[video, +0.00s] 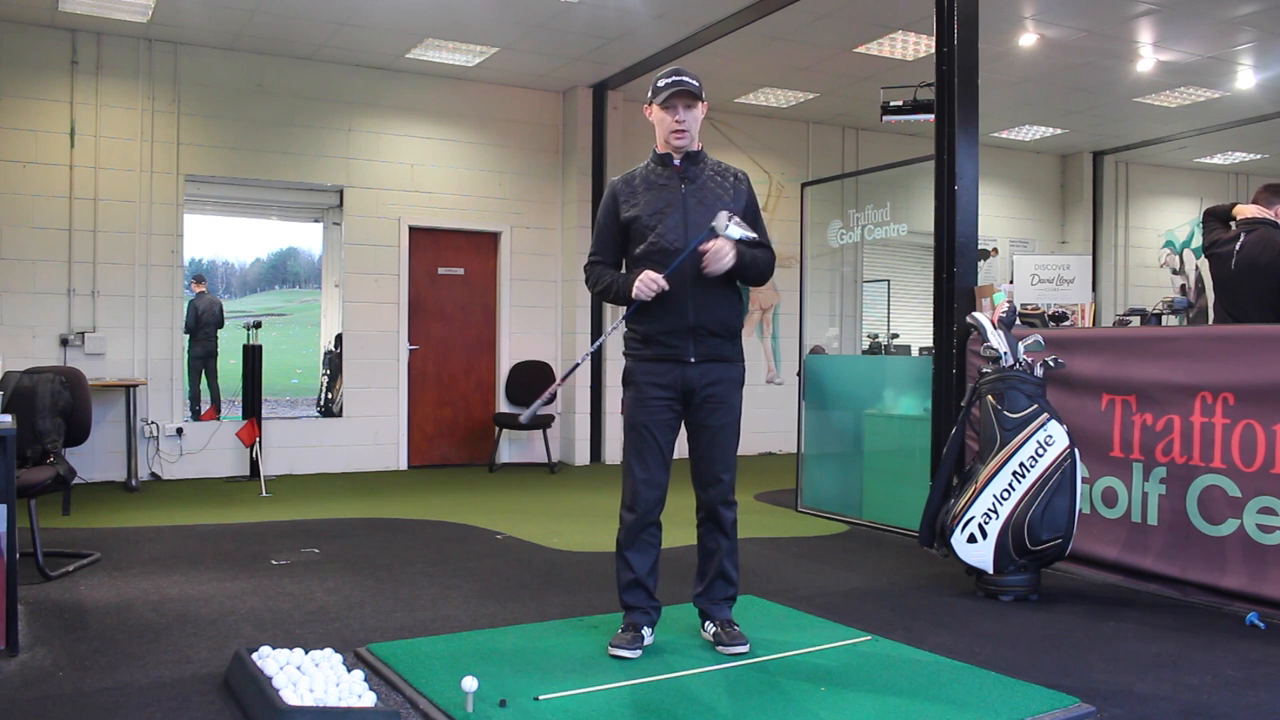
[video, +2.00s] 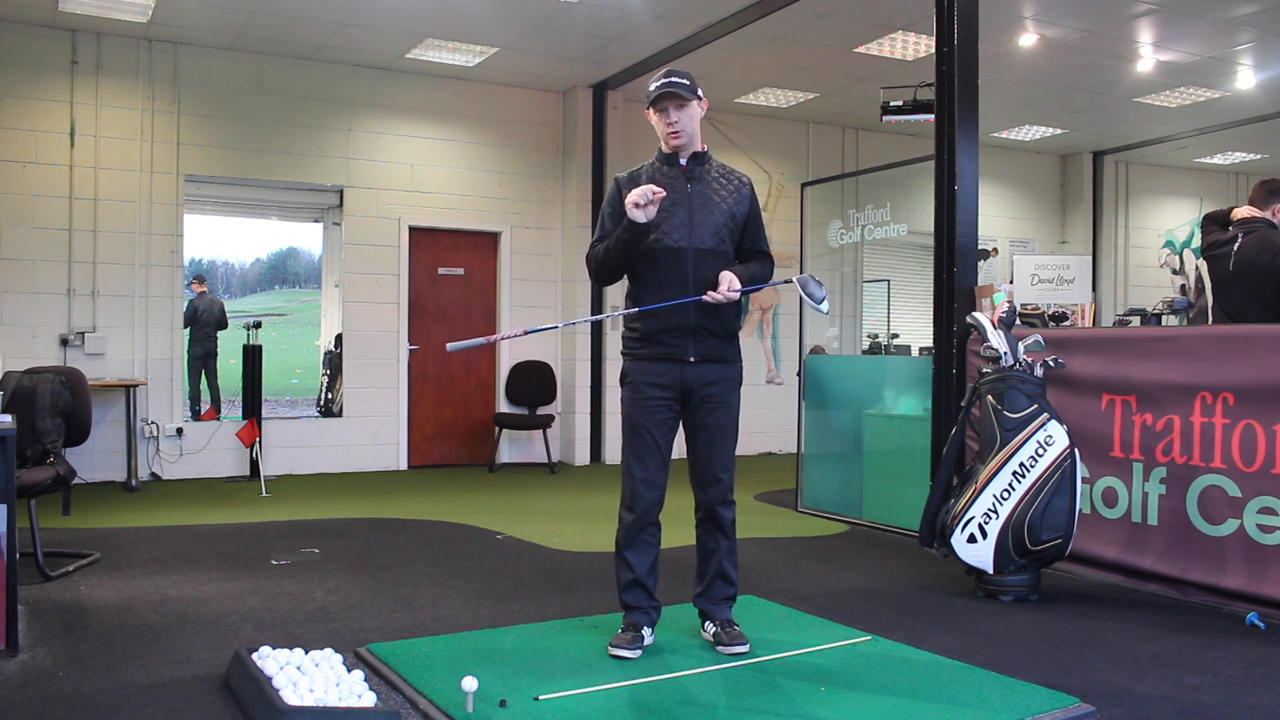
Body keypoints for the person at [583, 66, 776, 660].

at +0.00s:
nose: (681, 117)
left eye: (690, 106)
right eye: (670, 107)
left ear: (704, 113)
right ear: (651, 114)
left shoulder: (734, 185)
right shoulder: (625, 190)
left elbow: (763, 266)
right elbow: (597, 271)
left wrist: (737, 252)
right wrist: (629, 283)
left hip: (719, 362)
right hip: (651, 362)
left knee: (718, 494)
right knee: (642, 495)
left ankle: (718, 612)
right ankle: (638, 616)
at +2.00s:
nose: (671, 117)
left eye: (680, 105)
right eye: (660, 108)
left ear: (703, 108)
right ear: (650, 119)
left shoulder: (736, 186)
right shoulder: (628, 186)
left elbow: (760, 262)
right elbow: (600, 271)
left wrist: (739, 278)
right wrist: (634, 223)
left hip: (717, 361)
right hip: (649, 359)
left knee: (716, 494)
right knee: (641, 495)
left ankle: (718, 612)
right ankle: (638, 616)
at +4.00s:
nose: (671, 128)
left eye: (680, 116)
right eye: (662, 119)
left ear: (704, 111)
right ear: (652, 123)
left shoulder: (737, 188)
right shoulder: (631, 187)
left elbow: (757, 278)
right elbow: (600, 262)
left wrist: (744, 236)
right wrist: (649, 231)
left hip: (715, 363)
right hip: (647, 362)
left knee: (715, 495)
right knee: (640, 496)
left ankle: (718, 612)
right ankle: (637, 616)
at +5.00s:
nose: (676, 113)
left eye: (687, 102)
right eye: (667, 104)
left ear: (709, 109)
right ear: (656, 115)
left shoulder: (739, 187)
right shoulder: (632, 188)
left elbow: (759, 277)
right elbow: (597, 270)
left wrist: (739, 244)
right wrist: (616, 265)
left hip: (718, 364)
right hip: (649, 362)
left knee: (716, 495)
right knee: (642, 495)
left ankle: (718, 612)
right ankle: (637, 617)